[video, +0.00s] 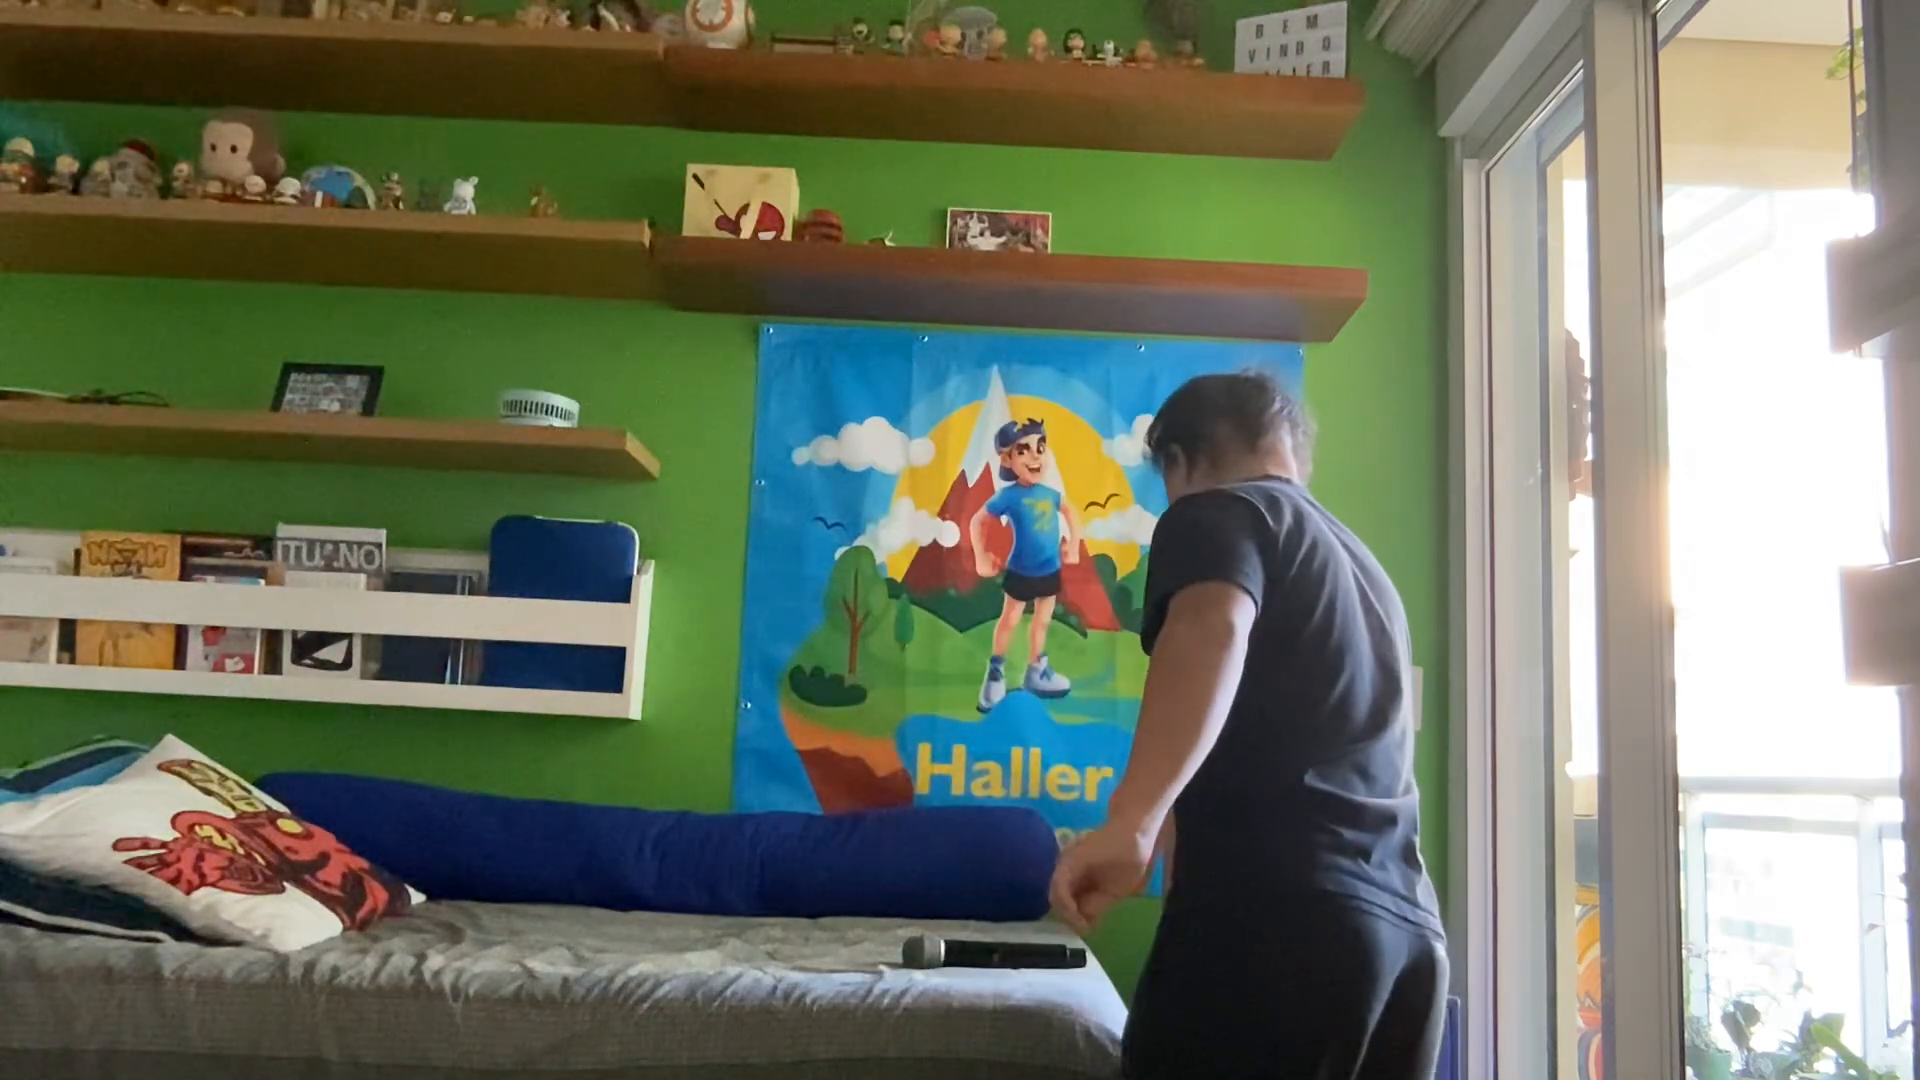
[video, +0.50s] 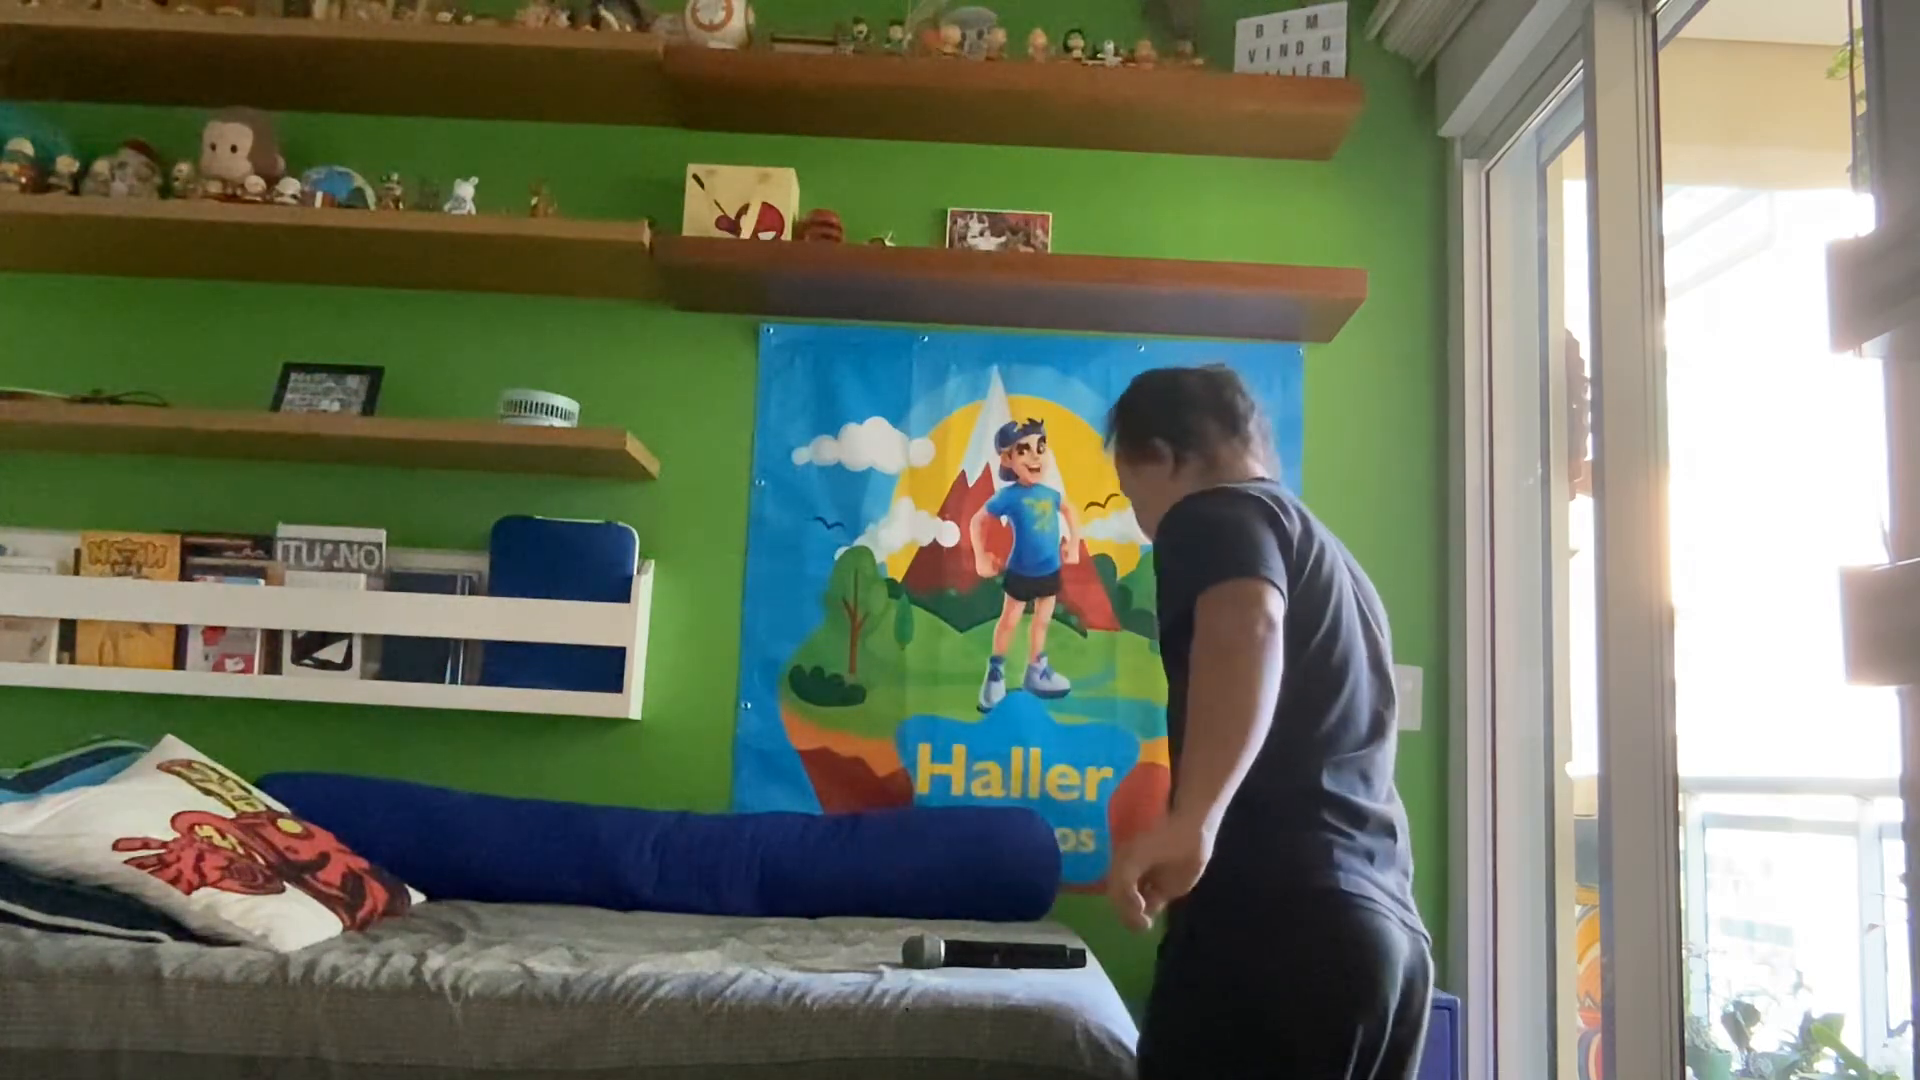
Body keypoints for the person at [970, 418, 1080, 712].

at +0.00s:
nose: (1033, 457)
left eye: (1039, 449)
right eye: (1023, 451)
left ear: (1046, 454)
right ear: (1008, 460)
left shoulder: (1051, 494)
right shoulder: (1007, 496)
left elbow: (1070, 514)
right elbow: (977, 521)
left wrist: (1074, 543)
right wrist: (981, 556)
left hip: (1049, 570)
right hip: (1020, 571)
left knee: (1043, 619)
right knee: (1010, 619)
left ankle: (1037, 669)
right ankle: (996, 671)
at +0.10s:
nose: (1034, 458)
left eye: (1039, 450)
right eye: (1023, 451)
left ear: (1046, 454)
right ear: (1008, 461)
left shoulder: (1050, 494)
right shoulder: (1007, 496)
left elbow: (1070, 513)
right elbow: (977, 520)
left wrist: (1074, 543)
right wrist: (981, 556)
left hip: (1049, 570)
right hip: (1020, 571)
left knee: (1043, 619)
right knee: (1010, 619)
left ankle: (1037, 669)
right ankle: (995, 671)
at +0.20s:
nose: (1034, 458)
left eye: (1039, 450)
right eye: (1023, 451)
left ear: (1046, 454)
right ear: (1008, 460)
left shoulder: (1050, 494)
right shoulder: (1007, 496)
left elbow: (1070, 513)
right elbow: (977, 521)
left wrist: (1074, 543)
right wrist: (981, 556)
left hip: (1049, 570)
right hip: (1020, 571)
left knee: (1043, 619)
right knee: (1010, 619)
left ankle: (1037, 669)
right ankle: (995, 671)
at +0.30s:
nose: (1034, 457)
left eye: (1039, 449)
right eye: (1023, 451)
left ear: (1046, 454)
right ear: (1007, 460)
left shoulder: (1050, 494)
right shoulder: (1008, 496)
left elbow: (1070, 513)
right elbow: (977, 520)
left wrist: (1074, 543)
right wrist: (981, 556)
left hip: (1049, 570)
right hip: (1020, 571)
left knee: (1043, 619)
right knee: (1010, 619)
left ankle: (1037, 669)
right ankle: (995, 671)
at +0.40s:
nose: (1034, 458)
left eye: (1039, 450)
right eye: (1024, 451)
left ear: (1046, 454)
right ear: (1007, 460)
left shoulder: (1050, 494)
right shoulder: (1007, 496)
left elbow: (1069, 512)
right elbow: (977, 520)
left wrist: (1074, 541)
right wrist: (981, 556)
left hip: (1049, 570)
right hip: (1020, 571)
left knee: (1043, 619)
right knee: (1009, 619)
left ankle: (1037, 669)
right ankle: (995, 671)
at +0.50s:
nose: (1034, 458)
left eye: (1039, 449)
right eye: (1024, 451)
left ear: (1046, 454)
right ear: (1007, 460)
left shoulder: (1050, 494)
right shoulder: (1007, 496)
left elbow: (1069, 512)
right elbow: (977, 520)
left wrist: (1074, 541)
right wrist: (981, 556)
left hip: (1049, 570)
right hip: (1020, 572)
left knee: (1043, 619)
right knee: (1009, 619)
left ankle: (1037, 669)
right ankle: (995, 671)